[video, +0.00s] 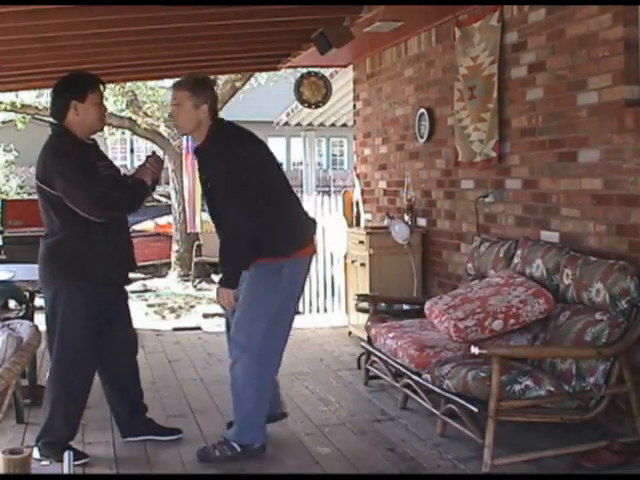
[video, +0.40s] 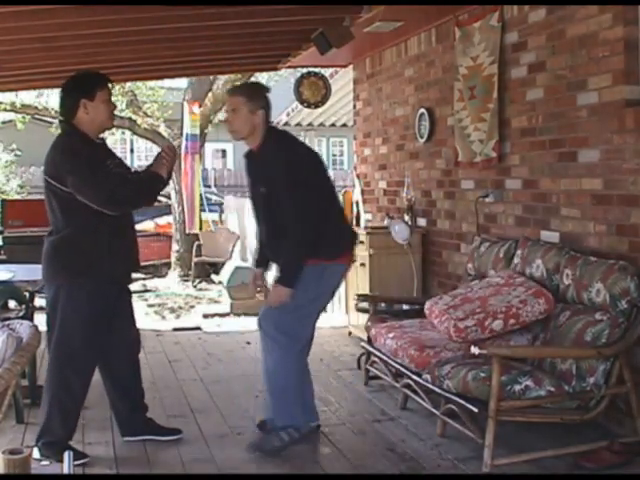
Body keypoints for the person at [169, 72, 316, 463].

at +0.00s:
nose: (171, 113)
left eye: (177, 106)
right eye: (171, 106)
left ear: (203, 109)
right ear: (198, 110)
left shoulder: (225, 147)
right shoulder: (216, 144)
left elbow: (238, 218)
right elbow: (232, 216)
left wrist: (229, 280)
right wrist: (231, 270)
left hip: (281, 252)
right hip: (267, 250)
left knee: (250, 342)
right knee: (241, 333)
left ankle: (246, 438)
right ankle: (266, 404)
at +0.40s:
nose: (227, 119)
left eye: (234, 112)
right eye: (227, 112)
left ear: (258, 114)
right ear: (244, 117)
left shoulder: (285, 154)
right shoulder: (257, 156)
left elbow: (298, 222)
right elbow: (270, 219)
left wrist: (286, 280)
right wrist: (261, 263)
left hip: (325, 254)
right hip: (303, 254)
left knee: (276, 325)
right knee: (291, 334)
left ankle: (293, 421)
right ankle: (301, 418)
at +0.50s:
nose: (239, 122)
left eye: (246, 114)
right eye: (239, 115)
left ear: (271, 117)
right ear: (259, 119)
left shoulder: (301, 156)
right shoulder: (272, 160)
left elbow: (317, 221)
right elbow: (286, 219)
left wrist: (312, 281)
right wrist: (287, 264)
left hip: (342, 256)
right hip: (313, 257)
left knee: (298, 331)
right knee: (289, 332)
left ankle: (339, 415)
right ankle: (298, 415)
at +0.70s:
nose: (263, 141)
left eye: (270, 134)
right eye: (263, 134)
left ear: (294, 136)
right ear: (282, 139)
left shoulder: (331, 169)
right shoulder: (297, 177)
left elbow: (358, 229)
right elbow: (327, 232)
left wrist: (367, 293)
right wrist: (342, 275)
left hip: (381, 262)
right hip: (353, 262)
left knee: (336, 331)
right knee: (317, 322)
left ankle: (355, 427)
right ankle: (324, 409)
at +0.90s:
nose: (300, 168)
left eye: (306, 160)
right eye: (299, 161)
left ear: (328, 162)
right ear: (321, 164)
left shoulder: (369, 192)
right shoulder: (330, 201)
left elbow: (410, 245)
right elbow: (362, 251)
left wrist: (424, 314)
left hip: (410, 275)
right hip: (378, 275)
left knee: (356, 327)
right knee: (338, 322)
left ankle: (356, 424)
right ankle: (354, 409)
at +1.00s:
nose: (322, 186)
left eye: (329, 178)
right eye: (322, 179)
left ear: (353, 178)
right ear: (342, 181)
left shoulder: (396, 209)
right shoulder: (351, 214)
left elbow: (430, 260)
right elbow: (380, 260)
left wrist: (447, 314)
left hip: (428, 286)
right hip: (392, 282)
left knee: (368, 326)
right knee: (347, 319)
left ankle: (358, 424)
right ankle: (351, 409)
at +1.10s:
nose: (358, 201)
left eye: (363, 194)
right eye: (357, 194)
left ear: (385, 193)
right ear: (371, 195)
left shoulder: (422, 227)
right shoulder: (378, 232)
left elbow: (463, 281)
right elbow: (398, 282)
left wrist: (464, 334)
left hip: (447, 306)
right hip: (411, 298)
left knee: (379, 327)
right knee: (358, 316)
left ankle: (358, 423)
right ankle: (352, 409)